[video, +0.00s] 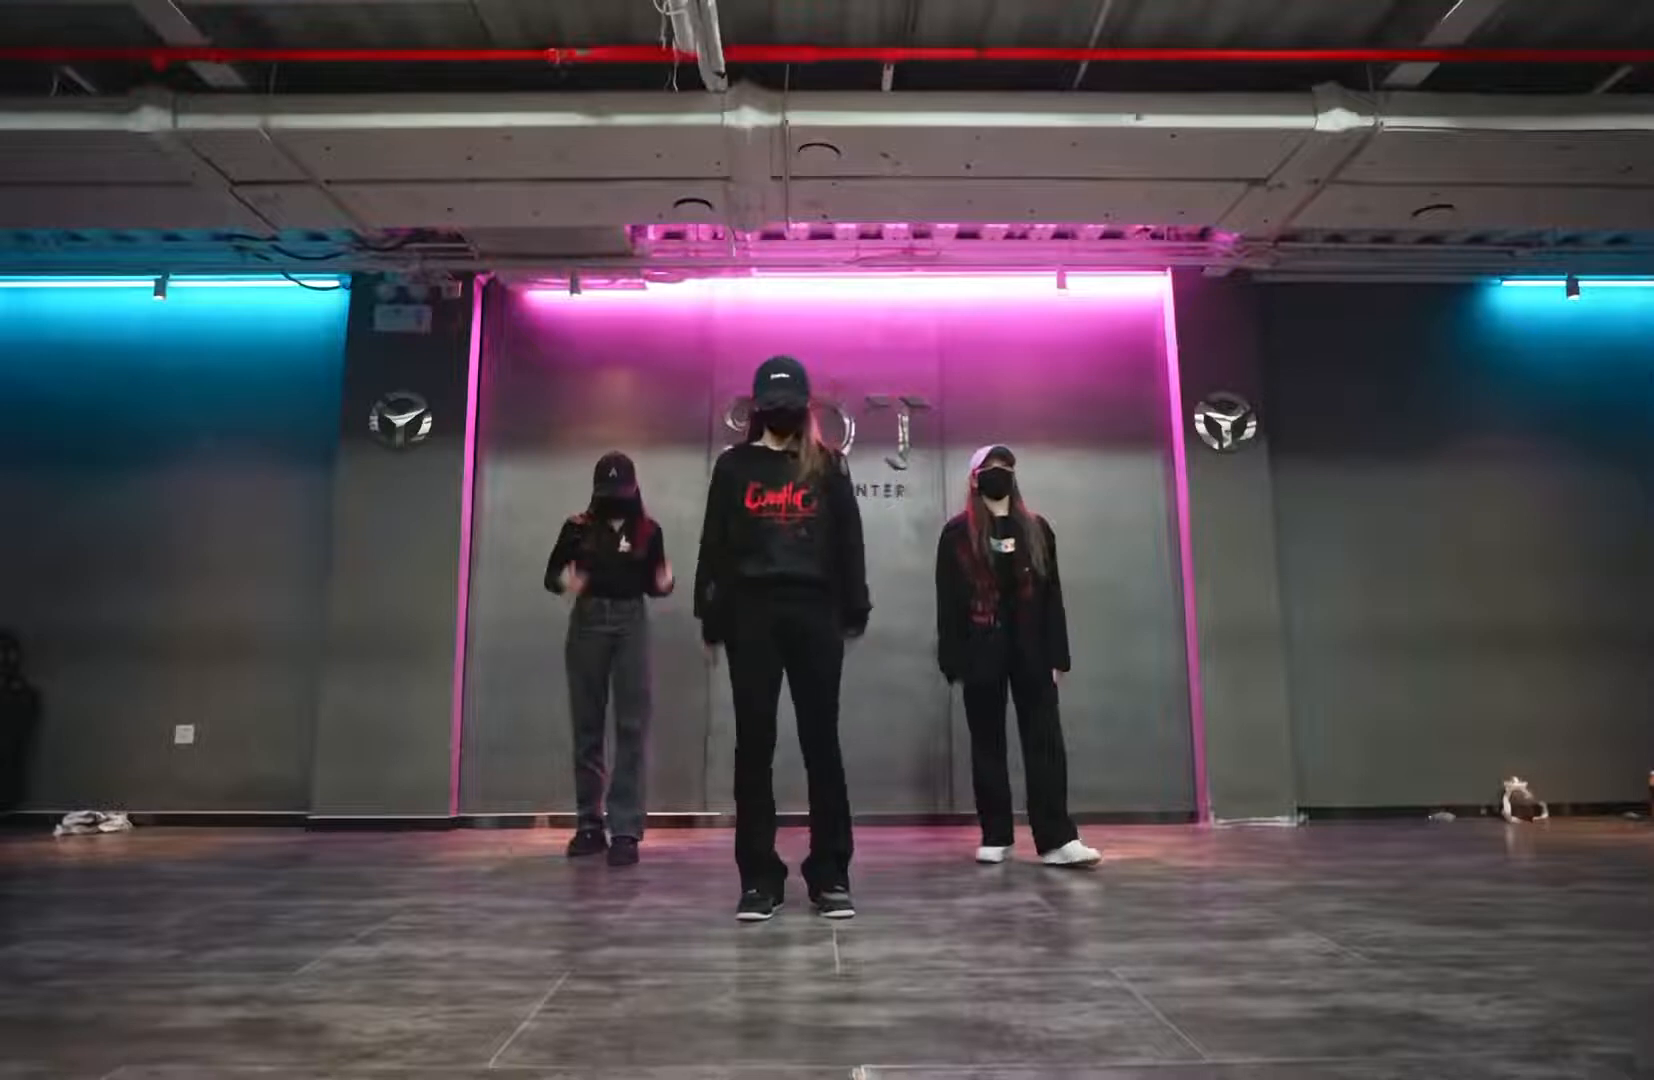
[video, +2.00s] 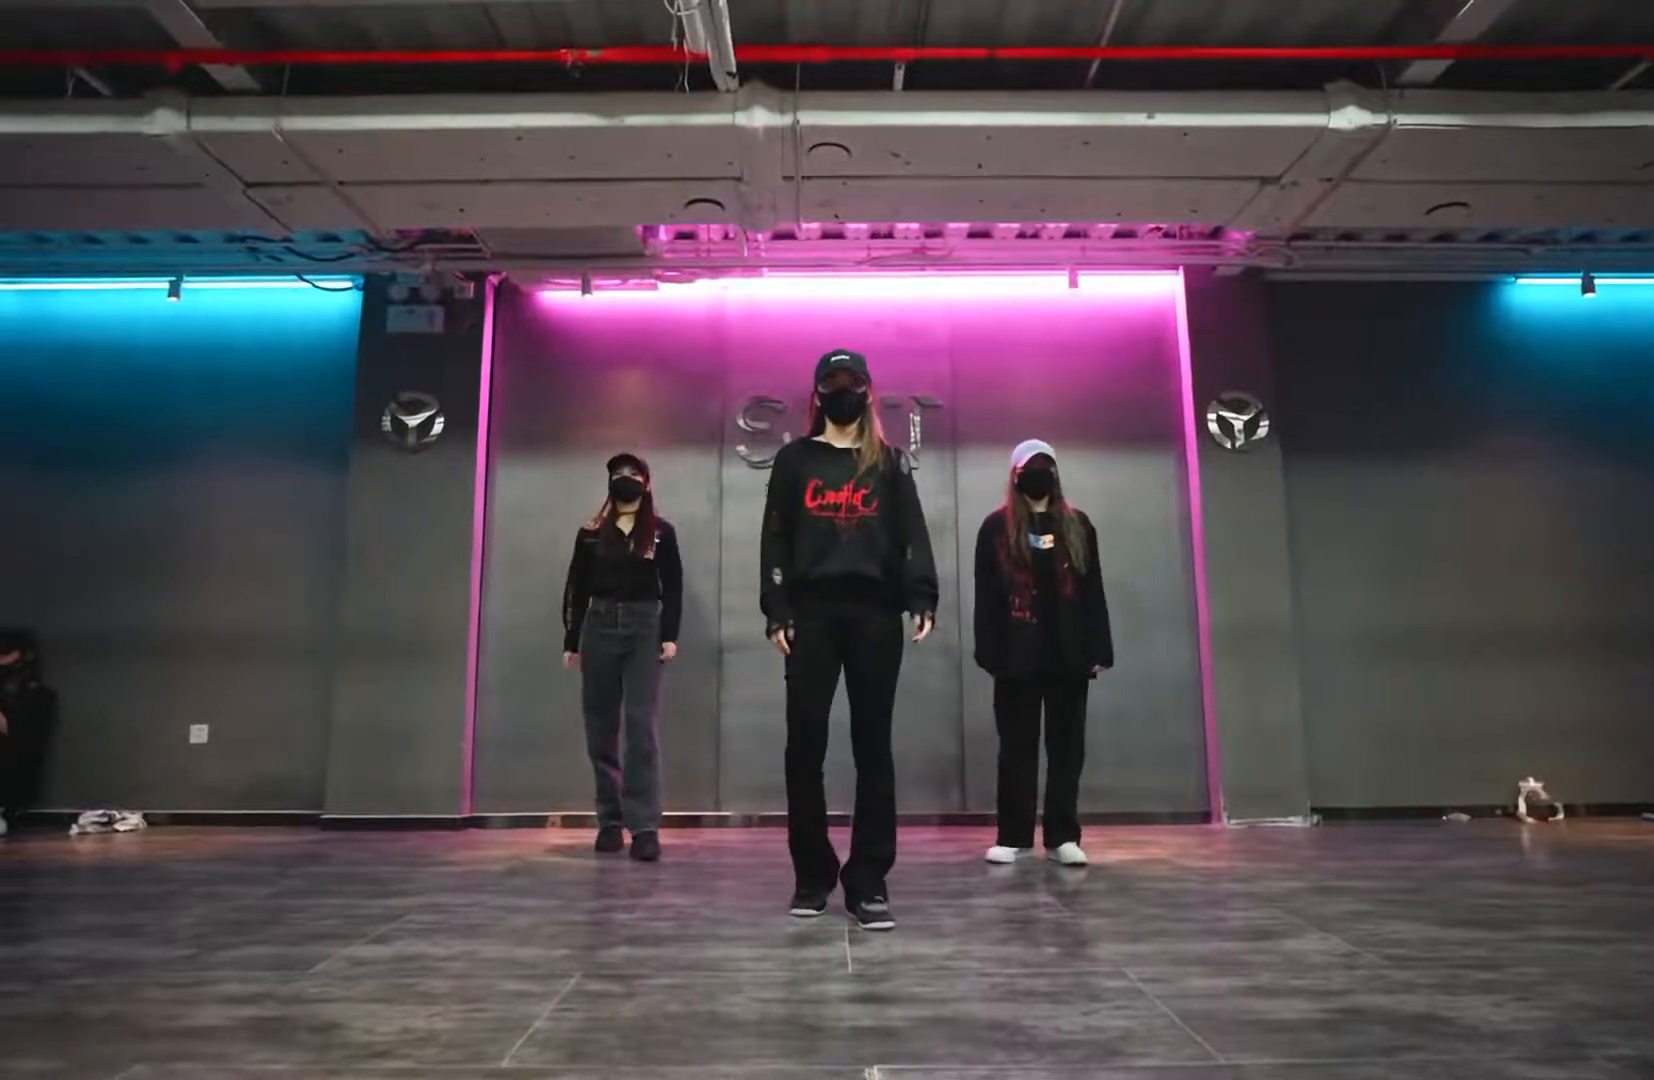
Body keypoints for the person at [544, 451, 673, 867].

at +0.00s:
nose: (615, 501)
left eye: (622, 493)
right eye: (608, 494)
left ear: (634, 490)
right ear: (596, 490)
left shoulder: (647, 529)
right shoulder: (578, 527)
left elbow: (658, 584)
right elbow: (552, 578)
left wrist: (662, 583)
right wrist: (569, 578)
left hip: (632, 622)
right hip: (589, 621)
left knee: (631, 727)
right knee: (588, 727)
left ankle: (626, 831)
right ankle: (589, 825)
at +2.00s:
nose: (627, 486)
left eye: (634, 480)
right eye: (619, 480)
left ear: (646, 485)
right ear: (609, 486)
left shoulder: (660, 532)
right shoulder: (591, 532)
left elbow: (673, 587)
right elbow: (576, 588)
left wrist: (670, 634)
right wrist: (572, 640)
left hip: (645, 631)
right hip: (598, 629)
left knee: (641, 726)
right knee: (601, 728)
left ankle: (644, 827)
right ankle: (610, 821)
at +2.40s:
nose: (636, 482)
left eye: (643, 476)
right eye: (629, 476)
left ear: (656, 482)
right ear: (619, 483)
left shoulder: (670, 529)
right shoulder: (604, 529)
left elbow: (680, 588)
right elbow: (587, 587)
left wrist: (683, 640)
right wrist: (583, 640)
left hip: (656, 629)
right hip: (608, 628)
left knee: (651, 731)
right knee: (608, 731)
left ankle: (656, 824)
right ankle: (609, 823)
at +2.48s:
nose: (640, 483)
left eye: (647, 477)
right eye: (633, 477)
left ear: (660, 482)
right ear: (623, 483)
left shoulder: (675, 529)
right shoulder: (607, 529)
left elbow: (683, 586)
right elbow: (592, 587)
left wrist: (685, 635)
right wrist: (590, 638)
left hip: (660, 630)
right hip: (614, 629)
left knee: (655, 730)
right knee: (611, 730)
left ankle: (656, 824)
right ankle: (610, 823)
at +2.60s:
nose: (646, 485)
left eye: (653, 478)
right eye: (639, 479)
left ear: (665, 483)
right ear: (629, 484)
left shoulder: (680, 530)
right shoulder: (612, 530)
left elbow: (690, 586)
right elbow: (599, 588)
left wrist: (688, 631)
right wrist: (601, 636)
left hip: (663, 632)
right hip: (618, 632)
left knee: (659, 731)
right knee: (614, 730)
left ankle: (656, 823)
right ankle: (611, 822)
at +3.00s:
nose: (649, 488)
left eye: (656, 482)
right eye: (642, 482)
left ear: (669, 484)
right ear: (633, 483)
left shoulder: (683, 530)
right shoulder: (614, 528)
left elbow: (693, 590)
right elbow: (602, 586)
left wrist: (693, 639)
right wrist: (604, 634)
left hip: (665, 632)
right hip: (621, 631)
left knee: (660, 729)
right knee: (614, 725)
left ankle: (656, 822)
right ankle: (623, 814)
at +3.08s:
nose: (648, 487)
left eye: (655, 481)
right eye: (641, 480)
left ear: (667, 483)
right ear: (631, 482)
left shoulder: (681, 530)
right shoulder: (612, 527)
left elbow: (690, 591)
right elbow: (598, 585)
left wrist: (690, 641)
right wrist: (598, 634)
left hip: (663, 631)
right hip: (617, 630)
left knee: (659, 729)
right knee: (614, 728)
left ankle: (656, 822)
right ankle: (621, 817)